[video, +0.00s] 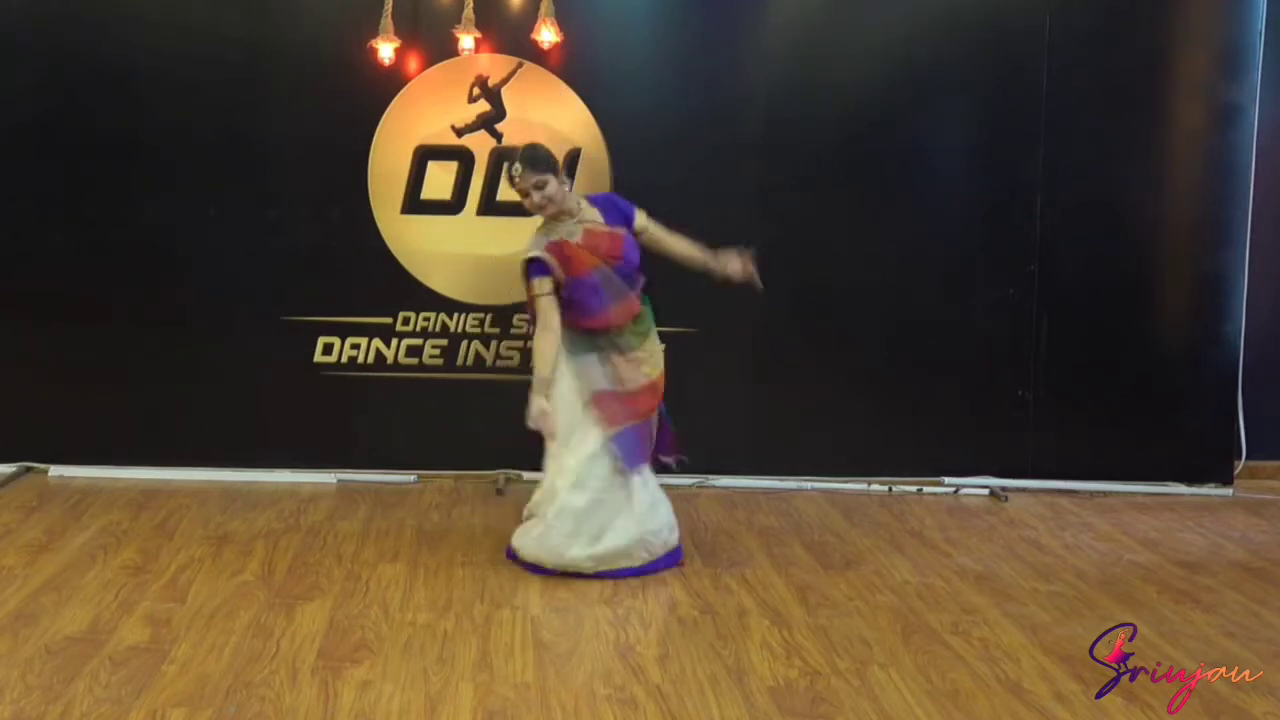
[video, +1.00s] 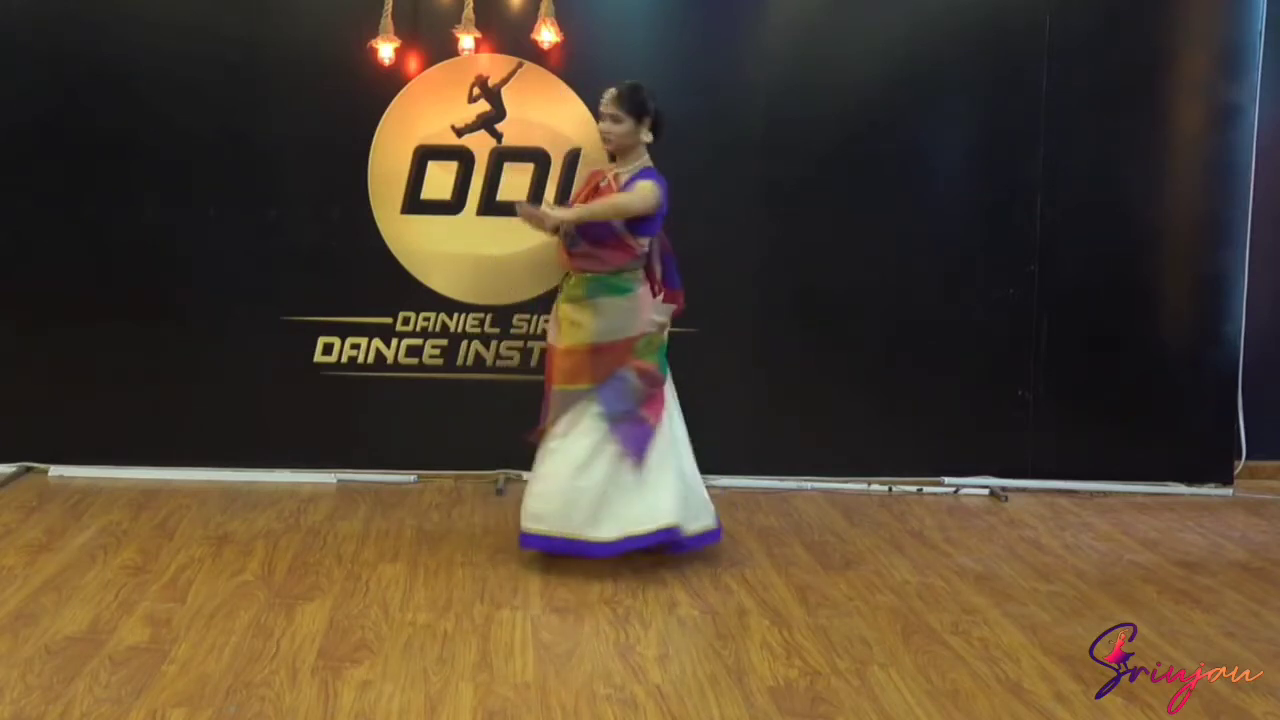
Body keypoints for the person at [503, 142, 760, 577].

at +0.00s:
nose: (535, 200)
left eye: (541, 187)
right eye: (525, 194)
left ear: (562, 177)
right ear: (522, 197)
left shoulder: (610, 209)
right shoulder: (542, 254)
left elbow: (667, 241)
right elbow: (547, 325)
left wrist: (716, 262)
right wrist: (539, 392)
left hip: (637, 344)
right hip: (584, 355)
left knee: (631, 442)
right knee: (589, 446)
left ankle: (626, 536)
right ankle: (565, 538)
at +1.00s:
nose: (604, 127)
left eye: (615, 120)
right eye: (601, 118)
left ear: (644, 126)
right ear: (598, 122)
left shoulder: (649, 185)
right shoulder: (594, 179)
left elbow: (625, 206)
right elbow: (577, 226)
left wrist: (566, 215)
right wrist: (548, 220)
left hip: (626, 312)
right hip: (581, 310)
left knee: (623, 413)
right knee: (580, 414)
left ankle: (638, 515)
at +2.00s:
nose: (626, 131)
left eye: (633, 122)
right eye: (615, 125)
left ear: (645, 127)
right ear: (599, 134)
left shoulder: (661, 190)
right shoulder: (586, 178)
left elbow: (736, 215)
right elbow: (544, 174)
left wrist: (684, 214)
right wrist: (607, 198)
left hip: (646, 313)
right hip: (590, 311)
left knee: (640, 415)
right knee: (590, 413)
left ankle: (637, 516)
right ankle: (589, 523)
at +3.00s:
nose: (601, 130)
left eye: (609, 121)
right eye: (599, 121)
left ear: (640, 122)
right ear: (606, 125)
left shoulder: (660, 176)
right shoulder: (605, 175)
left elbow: (630, 187)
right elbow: (582, 205)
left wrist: (580, 201)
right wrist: (572, 218)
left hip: (647, 318)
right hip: (598, 320)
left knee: (661, 429)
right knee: (596, 431)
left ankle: (681, 538)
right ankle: (596, 539)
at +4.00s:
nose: (607, 146)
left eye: (615, 138)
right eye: (596, 137)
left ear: (624, 145)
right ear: (576, 142)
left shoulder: (638, 201)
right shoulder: (563, 201)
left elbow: (714, 204)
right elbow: (528, 236)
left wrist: (680, 211)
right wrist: (601, 235)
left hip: (629, 339)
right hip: (571, 338)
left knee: (627, 445)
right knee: (575, 447)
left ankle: (618, 561)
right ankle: (569, 566)